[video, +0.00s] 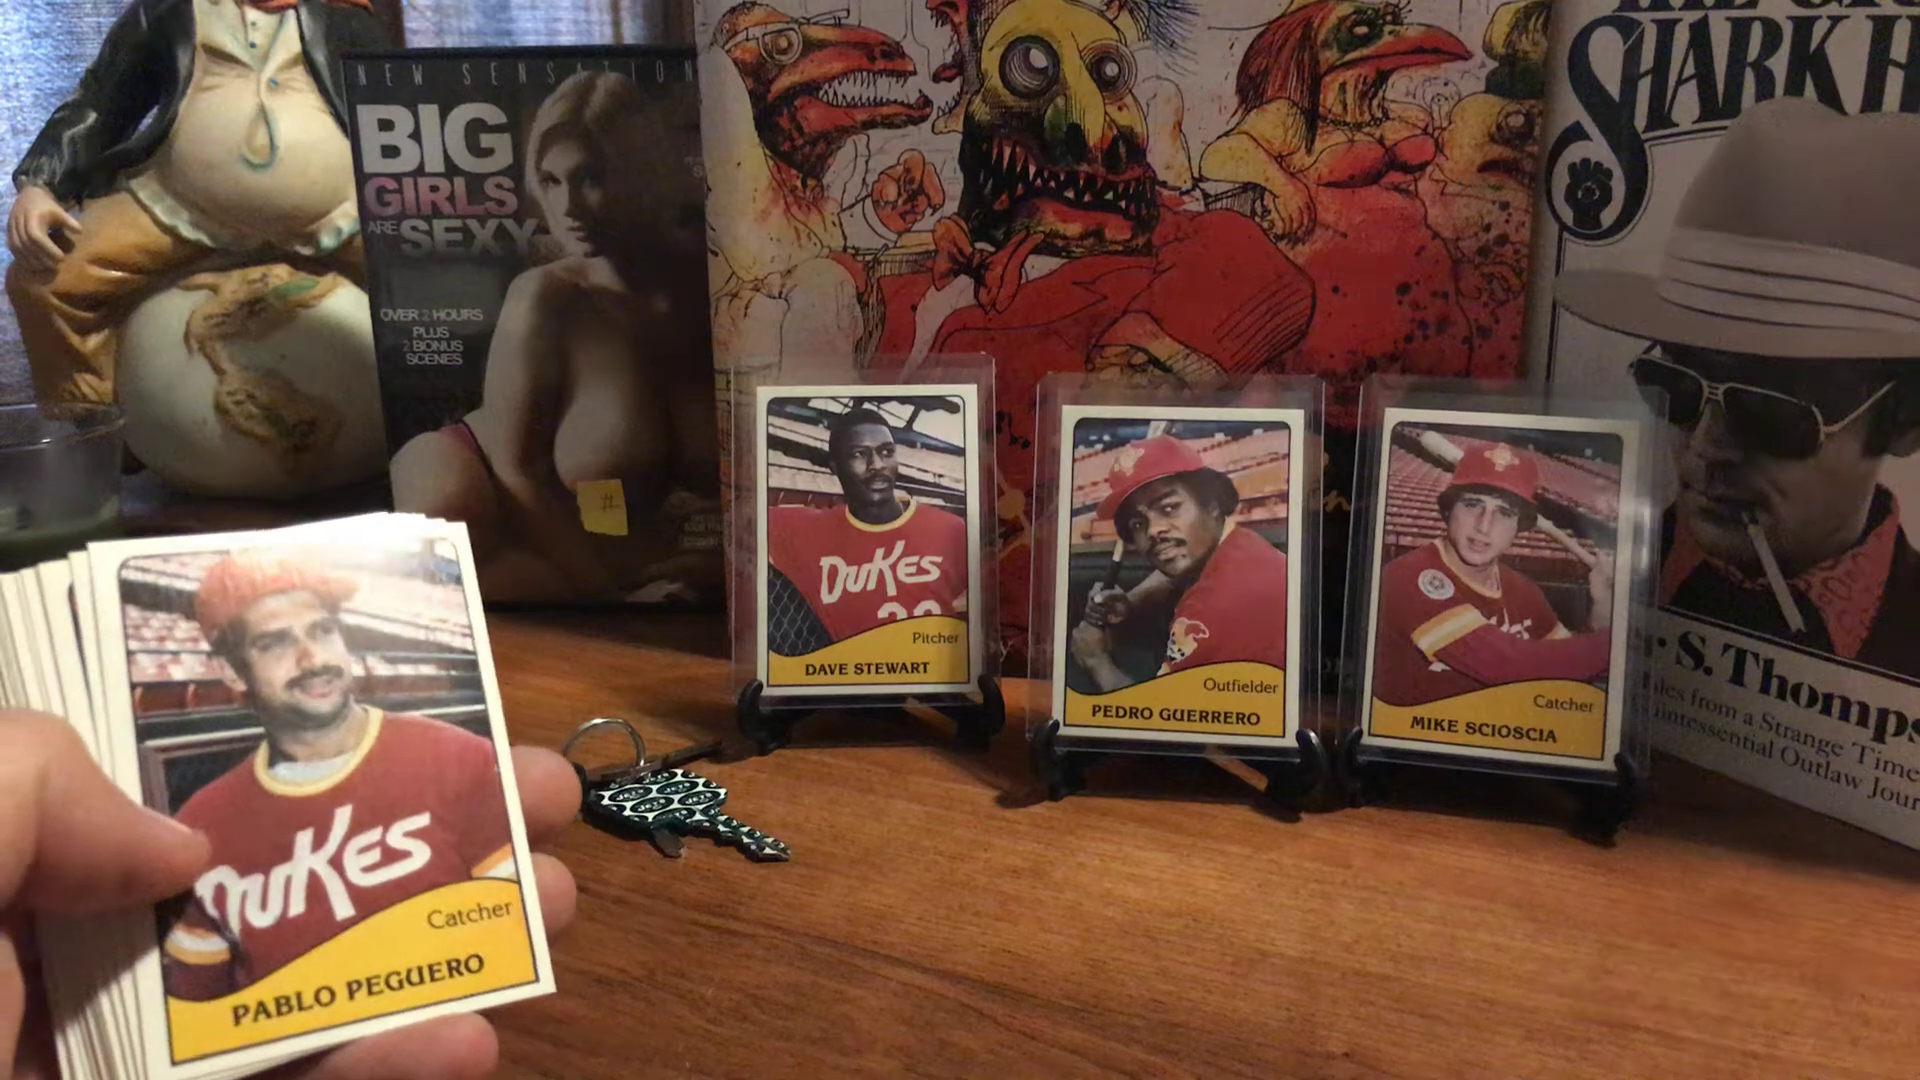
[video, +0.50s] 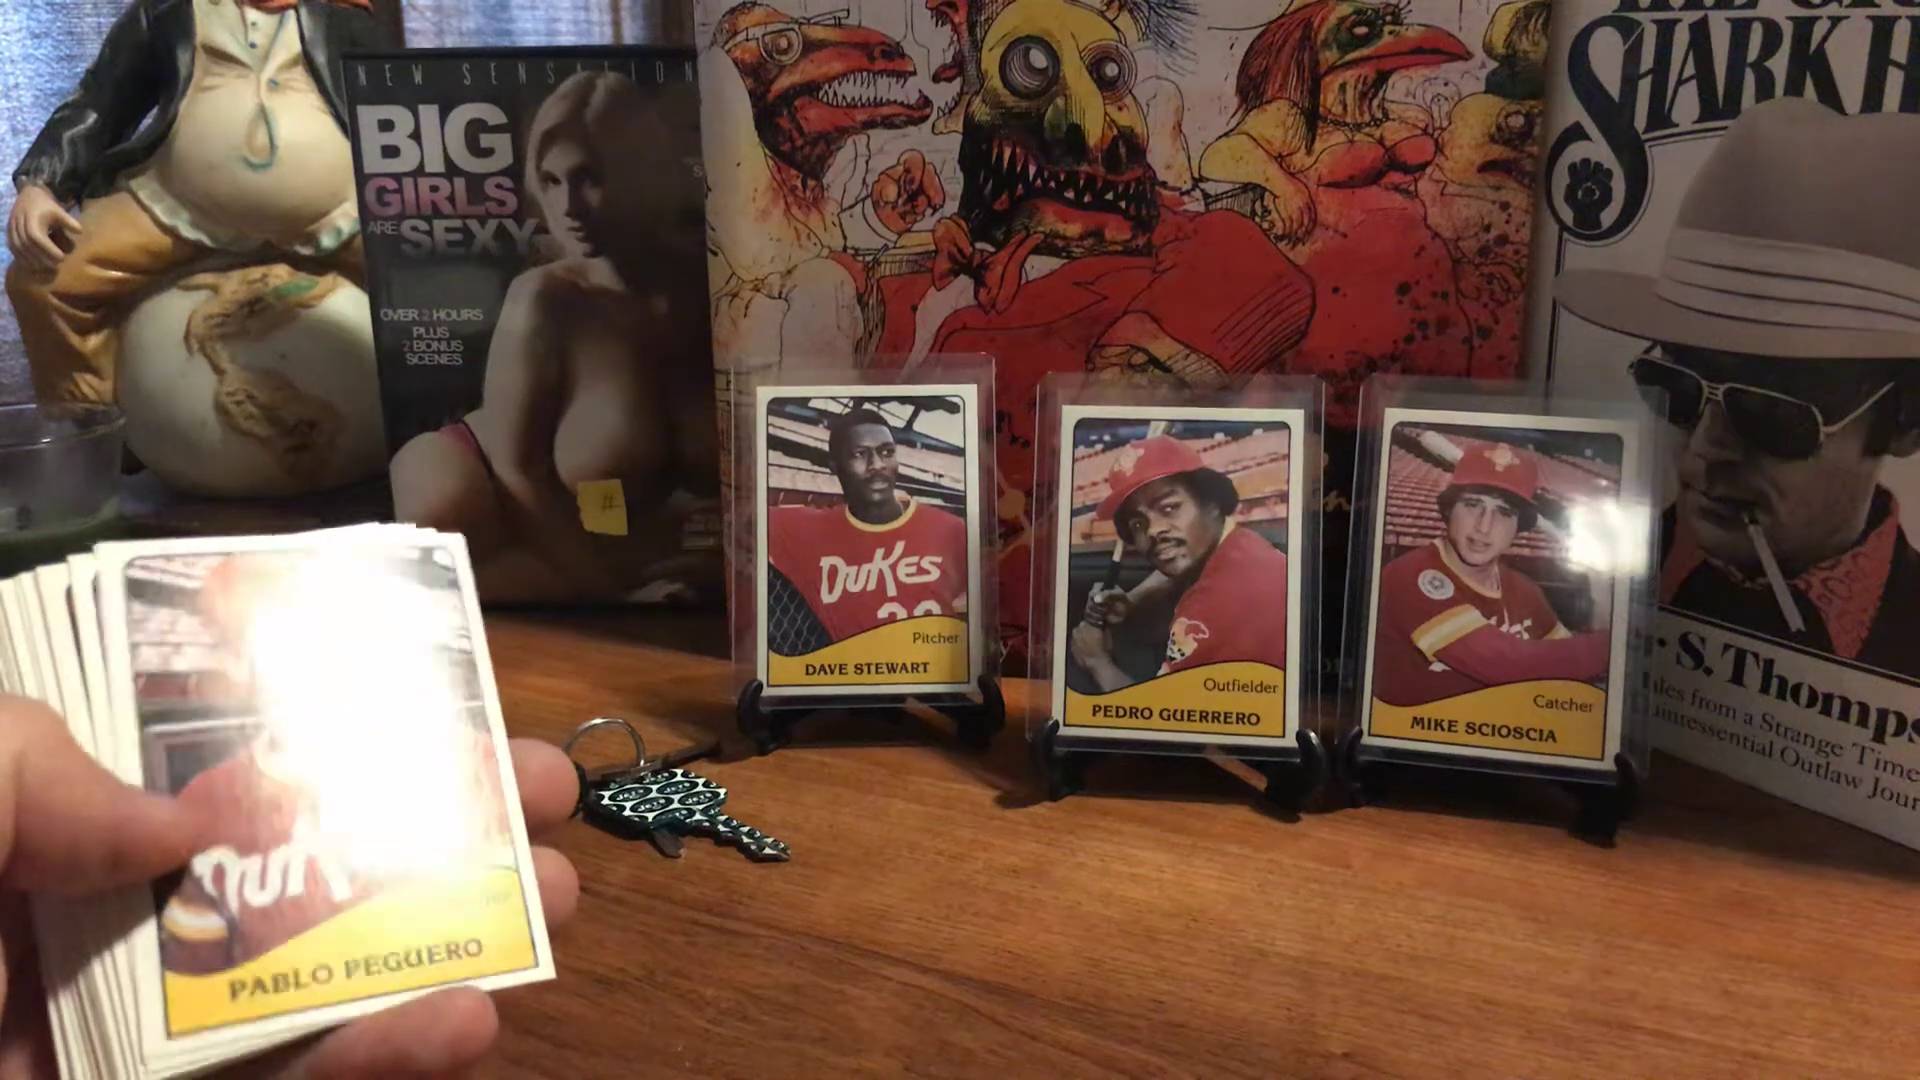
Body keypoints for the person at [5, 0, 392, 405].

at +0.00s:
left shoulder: (352, 21)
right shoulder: (167, 12)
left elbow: (403, 115)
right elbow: (100, 101)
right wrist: (36, 182)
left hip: (341, 210)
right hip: (180, 205)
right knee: (44, 280)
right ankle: (100, 450)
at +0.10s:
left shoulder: (351, 21)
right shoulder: (166, 12)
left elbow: (402, 112)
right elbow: (99, 102)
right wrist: (35, 182)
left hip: (340, 211)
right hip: (179, 206)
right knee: (43, 281)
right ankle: (100, 450)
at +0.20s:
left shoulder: (350, 20)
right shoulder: (166, 10)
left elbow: (401, 114)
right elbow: (98, 103)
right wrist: (35, 182)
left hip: (338, 211)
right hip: (179, 207)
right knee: (43, 281)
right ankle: (101, 448)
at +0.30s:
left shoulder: (350, 20)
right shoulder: (165, 11)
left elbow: (400, 114)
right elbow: (97, 104)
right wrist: (35, 182)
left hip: (338, 211)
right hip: (179, 206)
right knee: (43, 281)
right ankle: (103, 448)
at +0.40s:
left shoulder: (350, 20)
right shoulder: (165, 12)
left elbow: (404, 112)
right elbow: (96, 104)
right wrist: (35, 183)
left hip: (339, 212)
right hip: (178, 207)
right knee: (43, 281)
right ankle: (101, 452)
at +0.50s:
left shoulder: (349, 21)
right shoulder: (165, 13)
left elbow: (401, 113)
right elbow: (96, 105)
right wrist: (36, 183)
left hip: (338, 211)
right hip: (178, 207)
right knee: (44, 282)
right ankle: (97, 462)